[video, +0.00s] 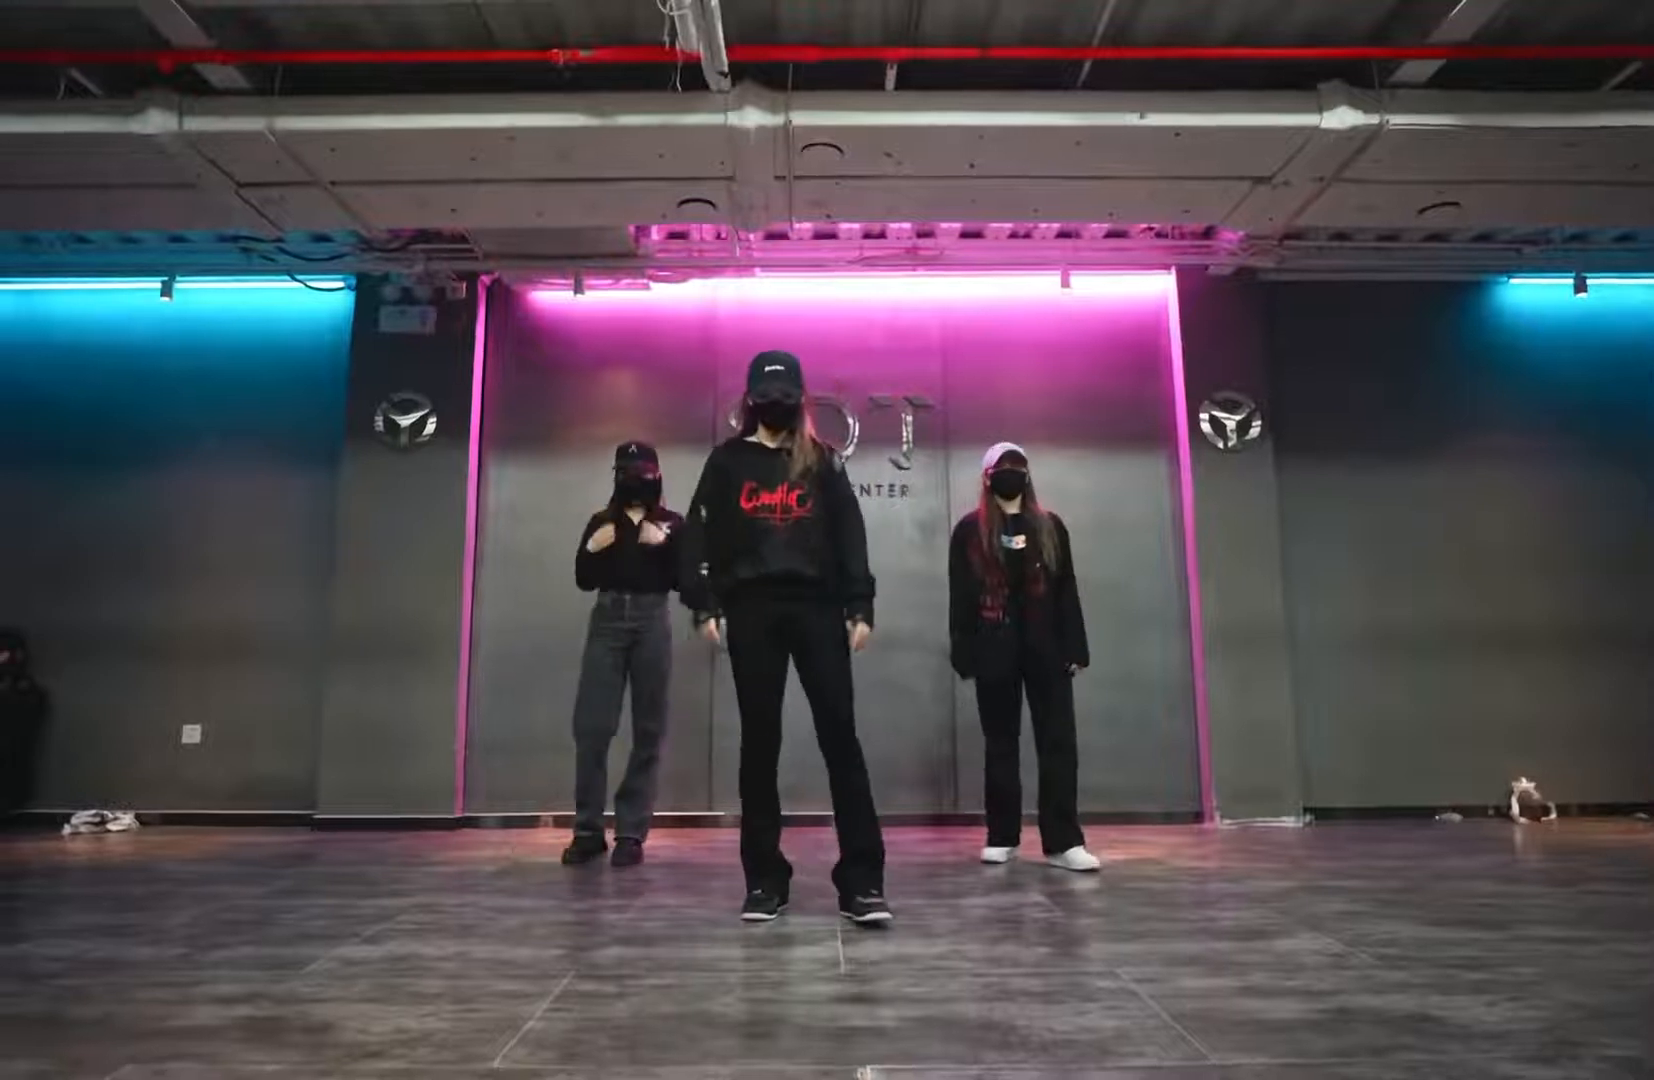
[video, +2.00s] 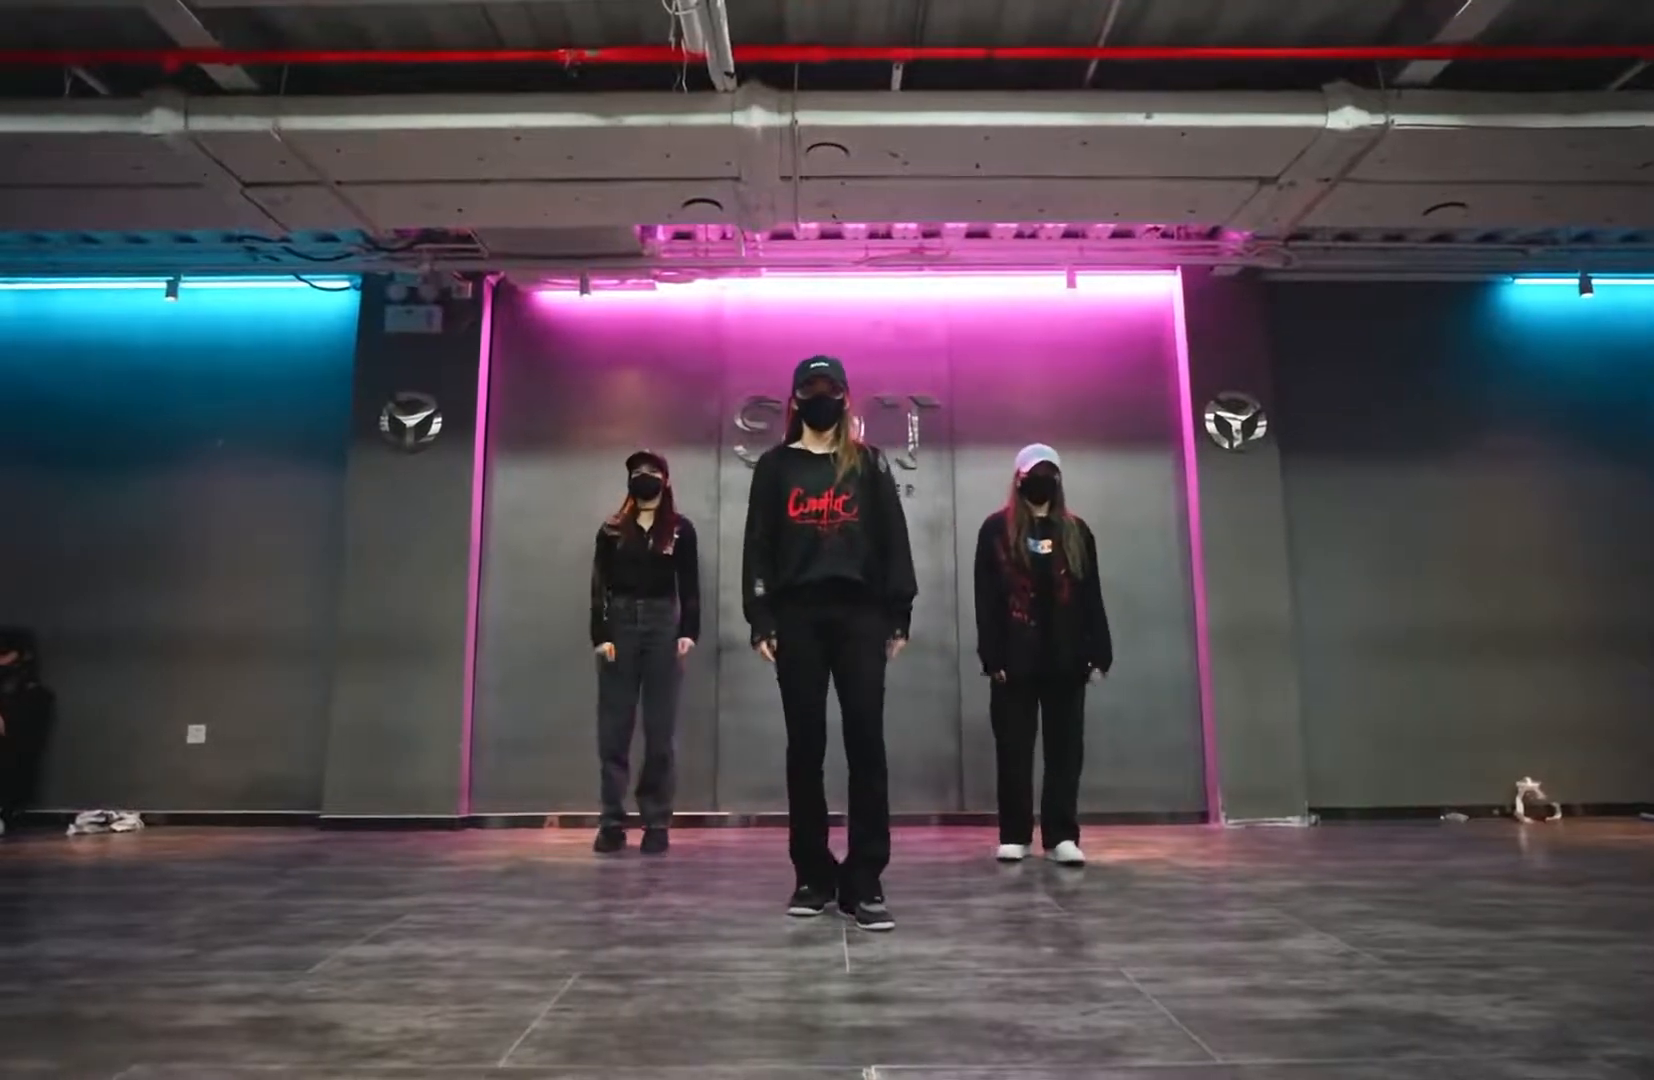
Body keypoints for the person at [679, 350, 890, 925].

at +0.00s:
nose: (776, 409)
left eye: (785, 399)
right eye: (767, 400)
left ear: (800, 397)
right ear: (751, 398)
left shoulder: (822, 461)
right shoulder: (726, 461)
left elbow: (850, 534)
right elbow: (694, 537)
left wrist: (860, 604)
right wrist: (704, 604)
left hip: (819, 613)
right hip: (751, 615)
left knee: (841, 742)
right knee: (760, 745)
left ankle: (861, 882)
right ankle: (765, 881)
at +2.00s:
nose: (822, 397)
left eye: (831, 388)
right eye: (812, 388)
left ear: (845, 395)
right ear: (796, 397)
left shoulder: (869, 463)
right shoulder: (774, 465)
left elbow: (895, 544)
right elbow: (756, 547)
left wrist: (898, 616)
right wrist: (760, 619)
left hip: (862, 618)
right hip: (797, 619)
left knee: (866, 748)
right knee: (806, 749)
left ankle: (865, 884)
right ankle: (813, 880)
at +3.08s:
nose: (839, 411)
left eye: (848, 403)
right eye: (829, 403)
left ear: (861, 412)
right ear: (811, 410)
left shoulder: (877, 483)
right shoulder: (784, 473)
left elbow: (899, 557)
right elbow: (776, 550)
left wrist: (935, 606)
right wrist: (812, 590)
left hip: (865, 633)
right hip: (802, 632)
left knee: (871, 755)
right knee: (787, 763)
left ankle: (881, 868)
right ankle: (830, 832)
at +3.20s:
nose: (824, 413)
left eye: (834, 403)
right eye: (814, 403)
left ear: (847, 410)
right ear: (798, 410)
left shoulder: (865, 479)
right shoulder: (772, 475)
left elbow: (909, 532)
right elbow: (748, 544)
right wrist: (694, 564)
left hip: (853, 643)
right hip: (786, 641)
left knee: (871, 763)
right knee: (734, 741)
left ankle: (880, 874)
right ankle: (721, 871)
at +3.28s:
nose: (813, 422)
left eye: (823, 412)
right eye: (803, 411)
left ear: (839, 421)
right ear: (788, 418)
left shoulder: (845, 485)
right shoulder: (763, 485)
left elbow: (837, 537)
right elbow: (710, 546)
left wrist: (782, 536)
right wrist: (646, 561)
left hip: (845, 650)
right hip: (779, 651)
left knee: (869, 765)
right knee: (719, 759)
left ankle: (882, 873)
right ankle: (653, 892)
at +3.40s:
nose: (768, 422)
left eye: (778, 412)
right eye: (757, 413)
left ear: (797, 420)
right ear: (743, 425)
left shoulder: (829, 487)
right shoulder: (733, 493)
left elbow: (853, 548)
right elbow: (698, 562)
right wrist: (652, 577)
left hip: (827, 655)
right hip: (760, 656)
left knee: (869, 771)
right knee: (702, 768)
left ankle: (881, 864)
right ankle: (635, 908)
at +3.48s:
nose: (772, 423)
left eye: (782, 413)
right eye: (760, 412)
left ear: (800, 421)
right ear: (743, 421)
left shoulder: (826, 493)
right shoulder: (727, 488)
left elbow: (901, 552)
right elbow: (713, 561)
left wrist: (962, 555)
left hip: (821, 665)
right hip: (751, 666)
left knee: (903, 759)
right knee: (704, 776)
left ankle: (868, 858)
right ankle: (635, 909)